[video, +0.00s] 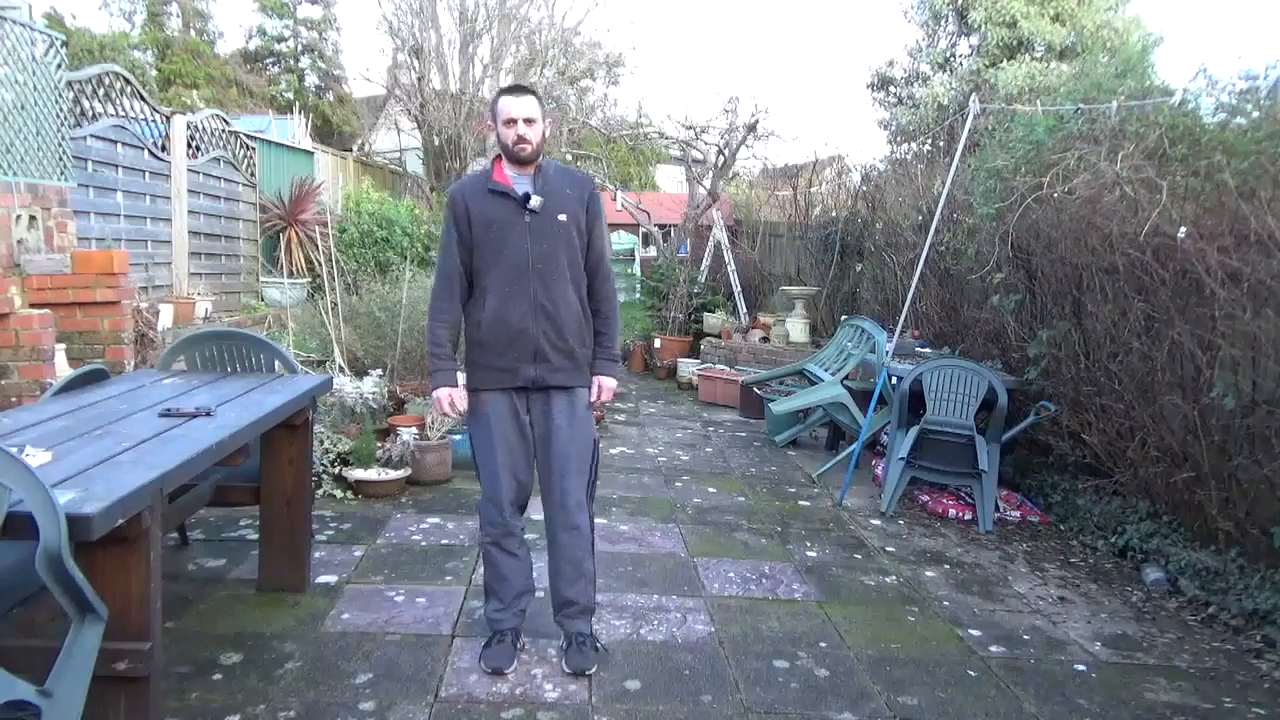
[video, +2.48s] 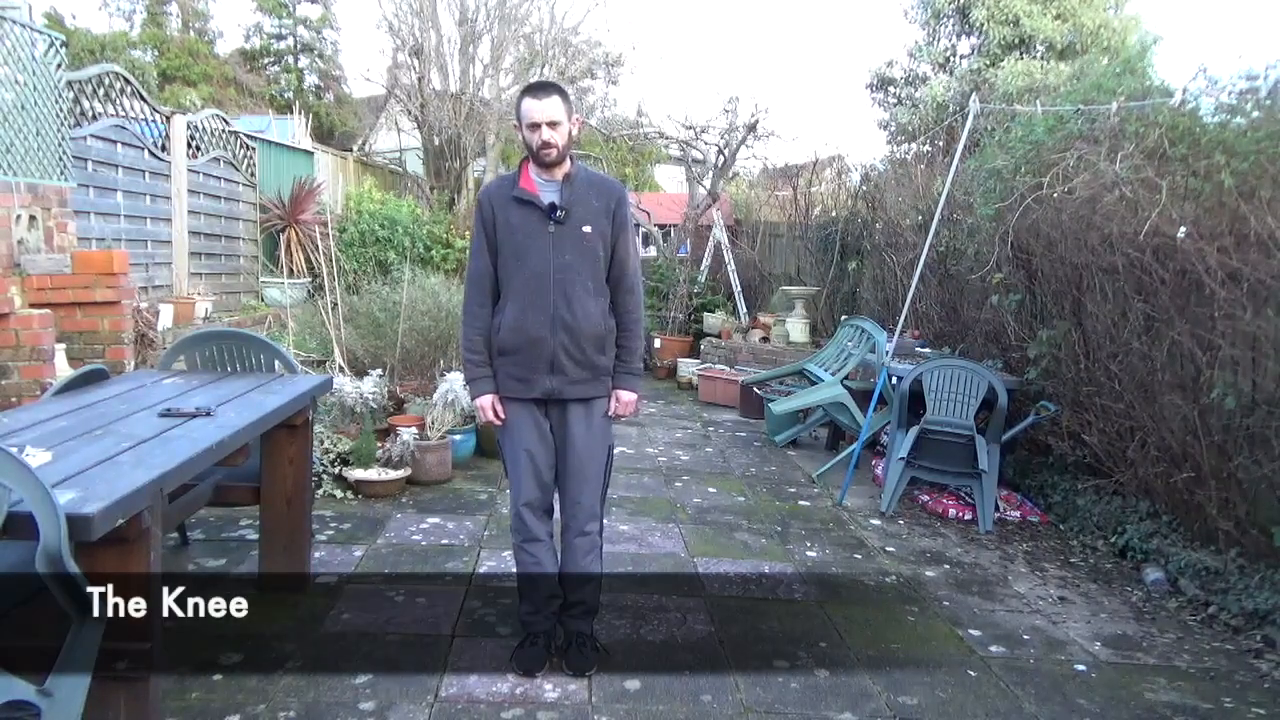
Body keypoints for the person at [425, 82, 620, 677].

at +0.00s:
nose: (521, 130)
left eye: (529, 121)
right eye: (510, 122)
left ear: (545, 126)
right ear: (494, 130)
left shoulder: (579, 189)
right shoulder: (467, 195)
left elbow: (601, 282)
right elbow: (447, 290)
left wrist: (606, 361)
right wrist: (444, 370)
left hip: (568, 372)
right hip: (492, 374)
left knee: (571, 509)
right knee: (500, 511)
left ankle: (578, 626)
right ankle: (503, 625)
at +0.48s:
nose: (564, 137)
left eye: (574, 128)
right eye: (555, 126)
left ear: (589, 133)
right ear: (539, 129)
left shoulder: (616, 197)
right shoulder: (505, 195)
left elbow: (635, 292)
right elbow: (487, 290)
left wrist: (634, 371)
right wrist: (484, 371)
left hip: (594, 378)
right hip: (519, 376)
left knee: (589, 511)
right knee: (520, 501)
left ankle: (581, 626)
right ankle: (514, 621)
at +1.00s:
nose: (562, 135)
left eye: (571, 124)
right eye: (552, 126)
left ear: (590, 128)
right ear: (538, 130)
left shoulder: (620, 198)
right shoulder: (509, 195)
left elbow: (637, 295)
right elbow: (488, 291)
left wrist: (637, 374)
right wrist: (486, 373)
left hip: (596, 379)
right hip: (524, 378)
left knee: (587, 511)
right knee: (532, 508)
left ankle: (581, 627)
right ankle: (537, 624)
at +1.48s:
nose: (550, 137)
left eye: (559, 126)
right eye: (539, 128)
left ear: (578, 127)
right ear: (527, 132)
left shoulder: (613, 195)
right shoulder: (501, 197)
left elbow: (632, 293)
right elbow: (483, 295)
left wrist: (632, 377)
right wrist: (483, 378)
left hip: (594, 378)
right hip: (521, 379)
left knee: (585, 510)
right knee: (531, 506)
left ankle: (580, 632)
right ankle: (536, 631)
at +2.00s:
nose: (545, 135)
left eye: (554, 124)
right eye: (534, 126)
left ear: (574, 125)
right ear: (522, 132)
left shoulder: (610, 194)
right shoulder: (496, 198)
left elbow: (630, 292)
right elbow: (479, 296)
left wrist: (630, 376)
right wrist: (480, 379)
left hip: (591, 379)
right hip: (517, 380)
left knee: (584, 508)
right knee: (530, 506)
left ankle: (580, 632)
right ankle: (536, 632)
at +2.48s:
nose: (542, 135)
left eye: (552, 124)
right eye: (532, 126)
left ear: (573, 125)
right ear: (520, 132)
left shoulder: (609, 194)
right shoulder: (495, 198)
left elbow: (628, 292)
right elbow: (477, 296)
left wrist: (628, 376)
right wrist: (479, 380)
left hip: (590, 379)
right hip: (517, 380)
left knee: (583, 509)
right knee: (529, 507)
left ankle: (579, 631)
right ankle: (536, 631)